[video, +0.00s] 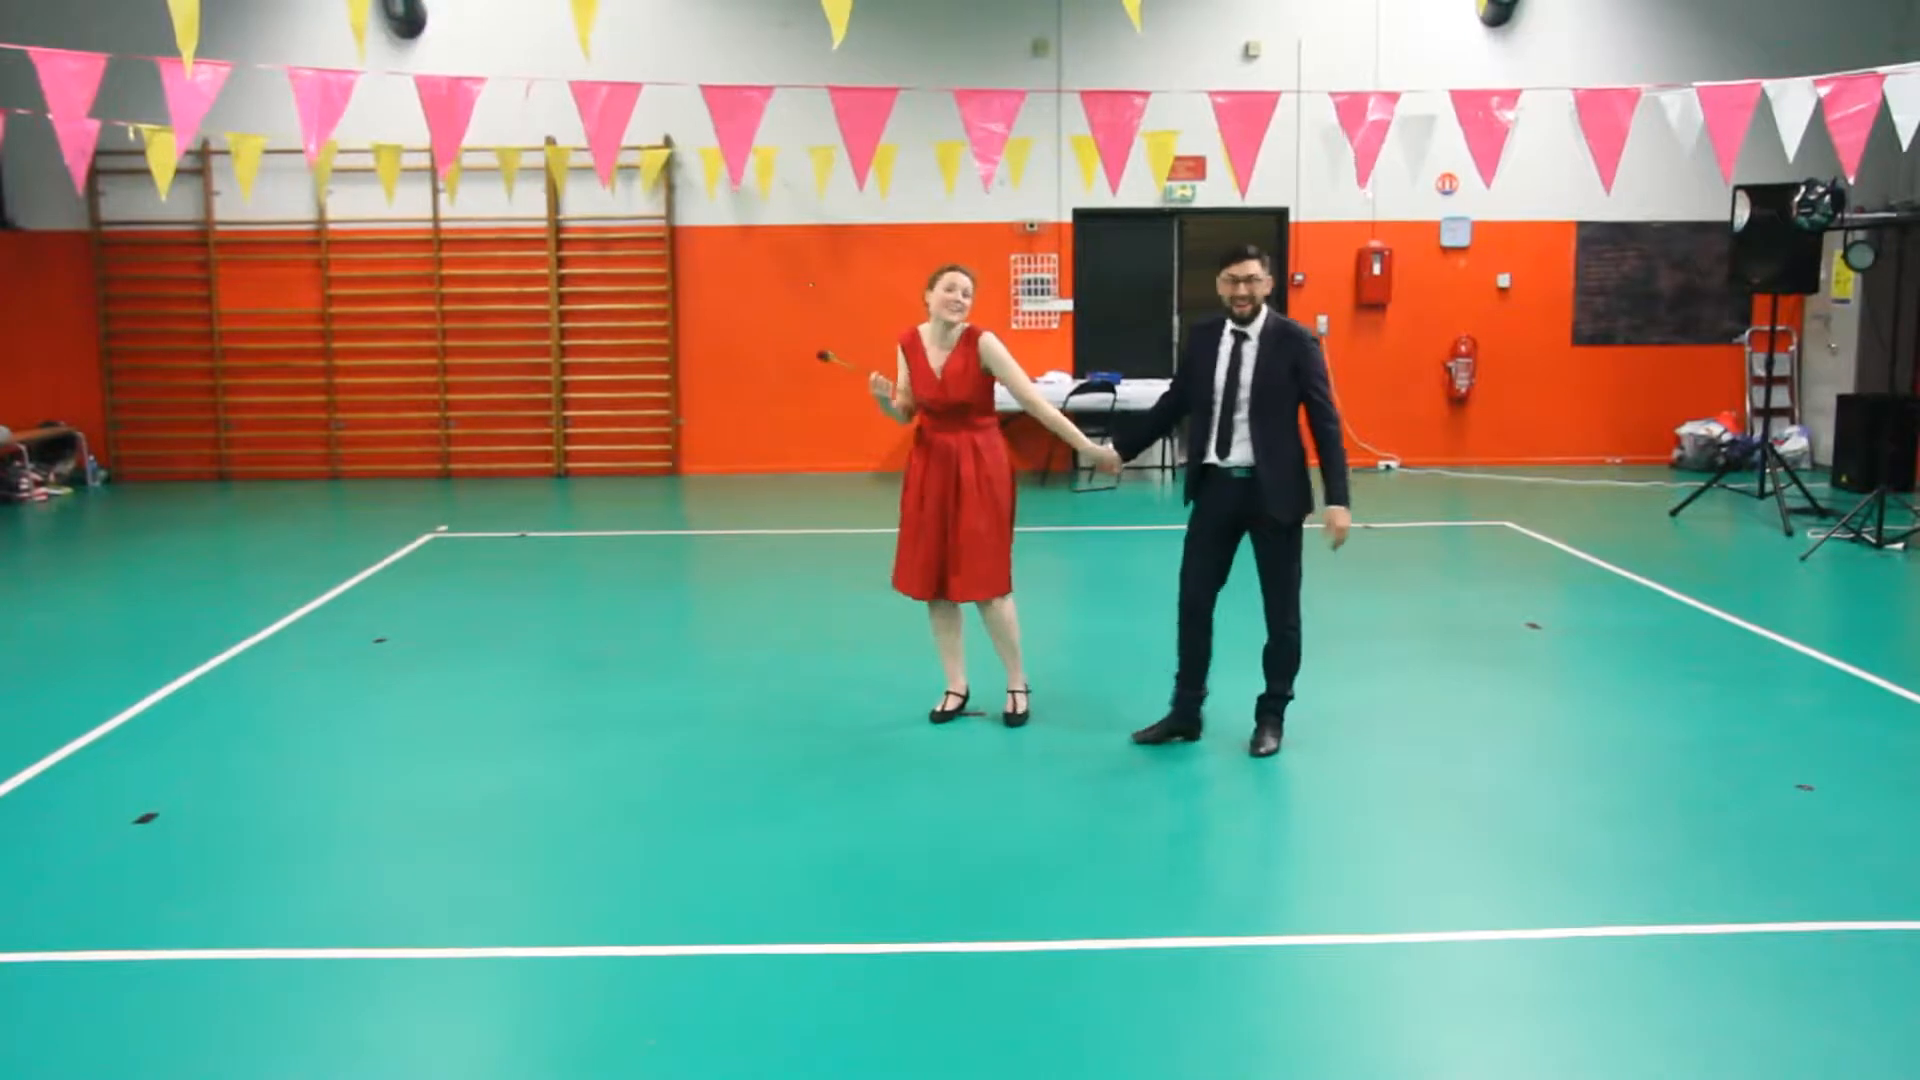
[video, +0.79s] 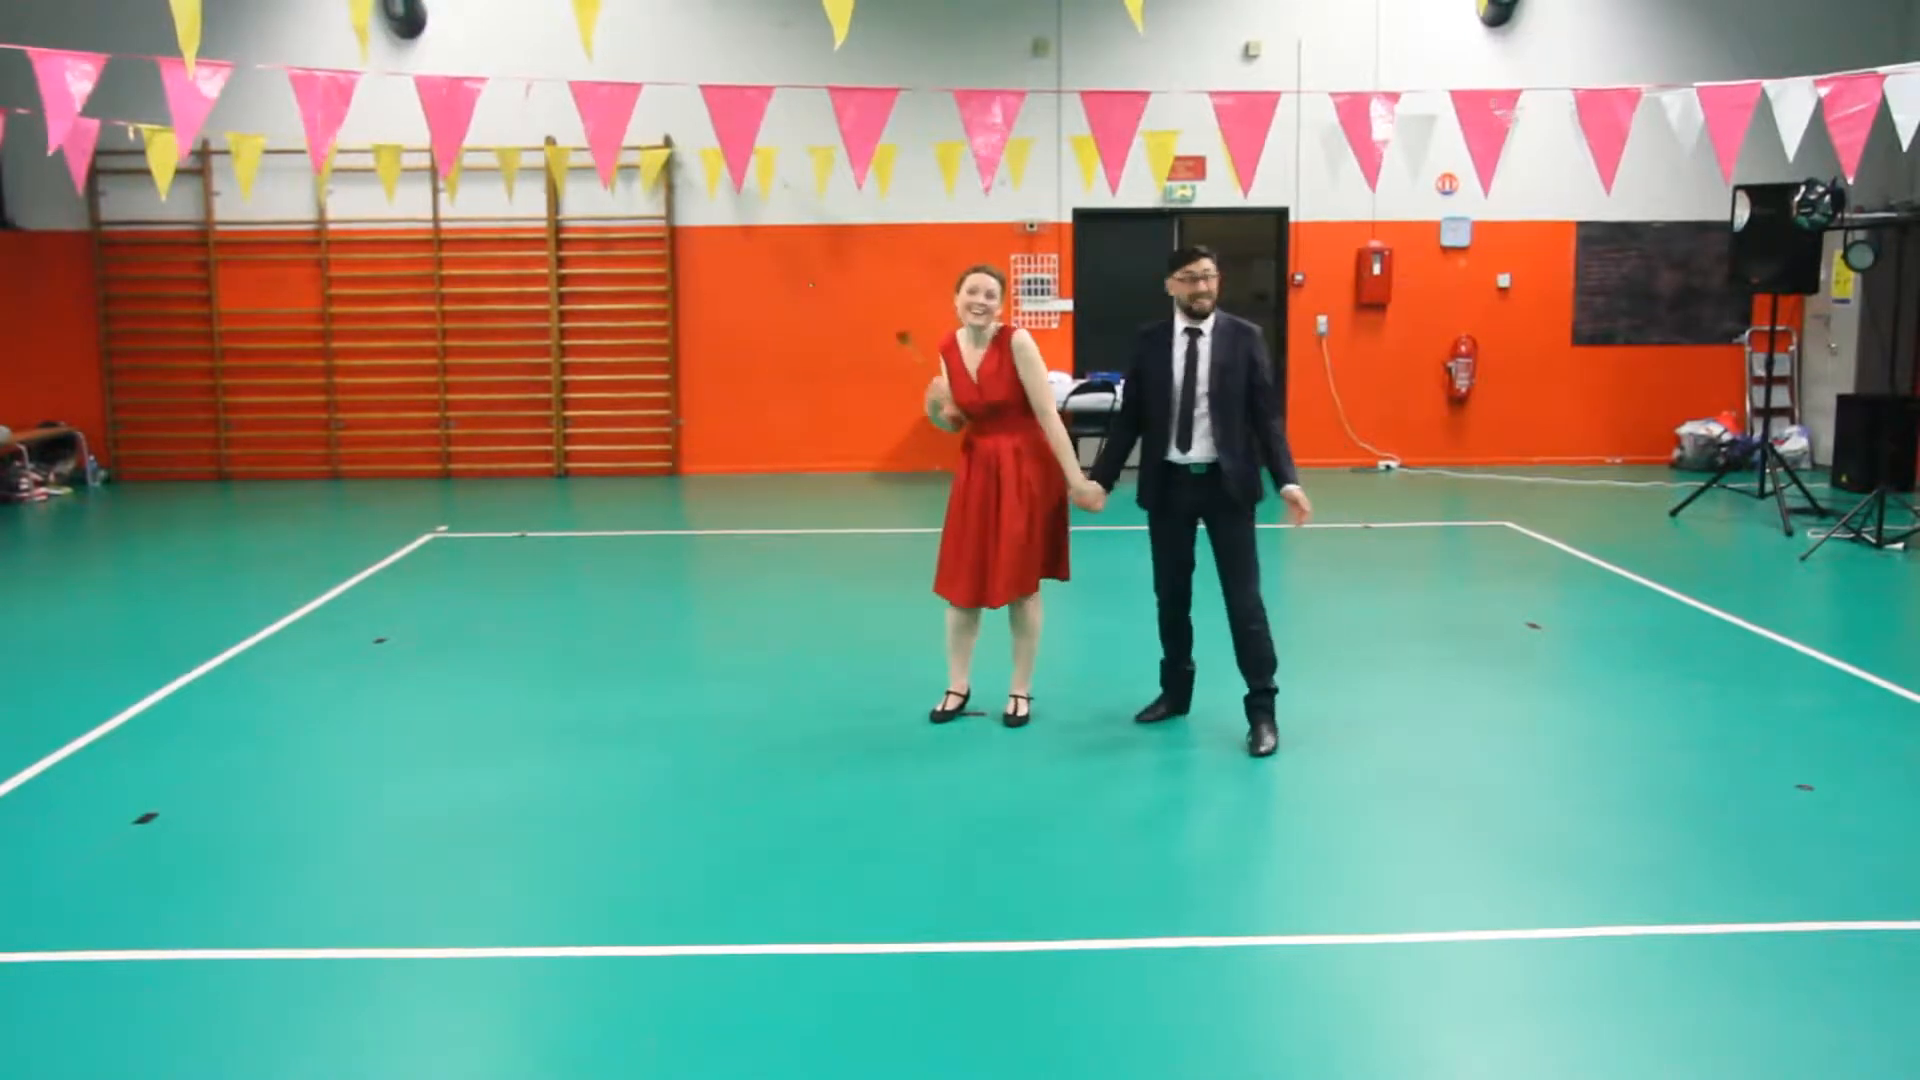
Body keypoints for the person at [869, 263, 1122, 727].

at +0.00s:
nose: (957, 298)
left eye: (965, 293)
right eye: (949, 289)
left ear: (971, 305)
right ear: (927, 296)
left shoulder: (982, 344)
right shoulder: (910, 344)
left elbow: (1035, 403)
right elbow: (905, 414)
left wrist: (1088, 448)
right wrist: (886, 399)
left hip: (980, 463)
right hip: (931, 464)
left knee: (987, 583)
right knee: (937, 582)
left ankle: (1017, 686)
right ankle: (955, 688)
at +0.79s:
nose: (980, 300)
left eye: (990, 295)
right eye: (972, 292)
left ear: (1001, 304)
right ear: (957, 298)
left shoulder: (1018, 343)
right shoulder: (949, 348)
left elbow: (1048, 414)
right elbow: (956, 422)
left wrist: (1077, 479)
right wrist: (938, 411)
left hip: (1025, 465)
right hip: (978, 465)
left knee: (1021, 586)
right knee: (963, 584)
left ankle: (1020, 691)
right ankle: (957, 687)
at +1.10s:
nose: (1001, 296)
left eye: (1009, 289)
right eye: (992, 288)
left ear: (1021, 298)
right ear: (976, 296)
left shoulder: (1041, 344)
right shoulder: (962, 355)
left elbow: (1062, 415)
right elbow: (955, 430)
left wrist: (1079, 480)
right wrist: (988, 419)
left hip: (1034, 475)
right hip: (981, 477)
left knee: (1029, 587)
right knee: (973, 587)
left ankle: (1021, 690)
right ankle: (975, 686)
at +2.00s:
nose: (995, 293)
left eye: (998, 286)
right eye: (986, 286)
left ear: (1001, 292)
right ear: (959, 291)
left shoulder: (1011, 339)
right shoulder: (932, 347)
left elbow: (1046, 406)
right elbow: (917, 422)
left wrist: (1089, 461)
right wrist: (975, 411)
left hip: (1001, 472)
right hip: (950, 473)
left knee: (1008, 586)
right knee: (951, 585)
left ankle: (1019, 690)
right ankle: (951, 681)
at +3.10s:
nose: (999, 295)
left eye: (1000, 287)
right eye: (991, 288)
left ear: (994, 294)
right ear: (963, 294)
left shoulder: (1007, 339)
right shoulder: (933, 347)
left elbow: (1035, 405)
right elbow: (915, 420)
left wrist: (1068, 452)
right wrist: (976, 415)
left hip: (1000, 473)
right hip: (949, 475)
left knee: (1009, 584)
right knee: (950, 584)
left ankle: (1016, 687)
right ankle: (951, 682)